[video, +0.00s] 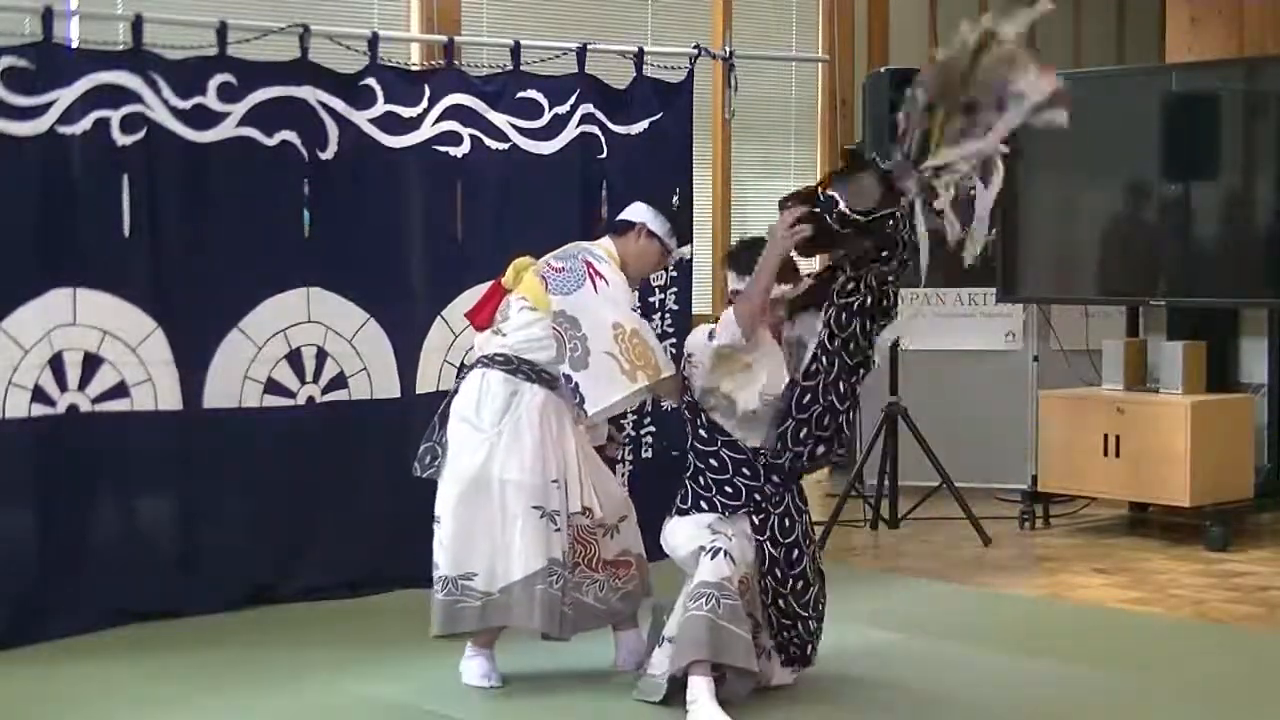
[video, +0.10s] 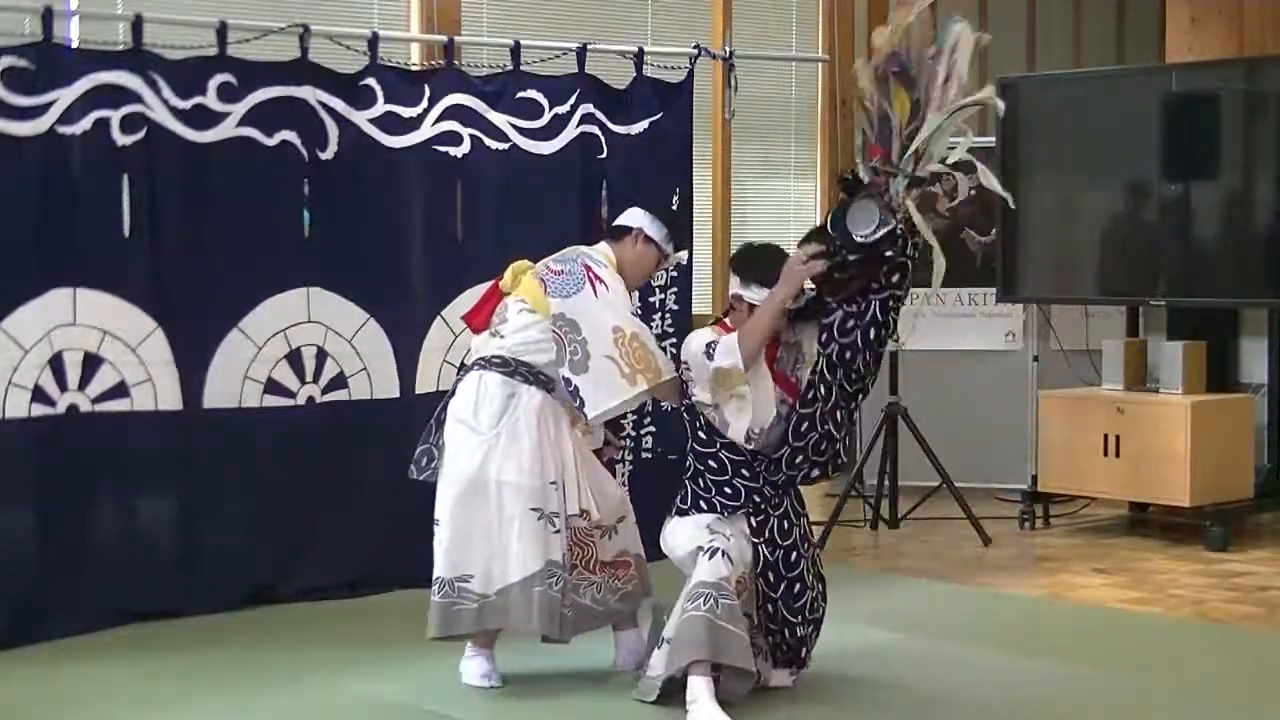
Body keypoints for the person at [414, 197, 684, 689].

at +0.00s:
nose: (659, 270)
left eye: (665, 262)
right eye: (661, 256)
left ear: (635, 235)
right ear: (639, 234)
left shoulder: (576, 261)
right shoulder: (598, 272)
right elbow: (631, 345)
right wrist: (672, 385)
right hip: (509, 395)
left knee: (609, 509)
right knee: (498, 522)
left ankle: (630, 642)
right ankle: (480, 650)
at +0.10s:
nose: (656, 273)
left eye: (661, 265)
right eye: (657, 259)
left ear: (629, 242)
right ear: (634, 239)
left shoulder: (570, 267)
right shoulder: (595, 275)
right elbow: (637, 357)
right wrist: (678, 391)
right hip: (508, 399)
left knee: (609, 508)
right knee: (494, 522)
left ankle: (630, 642)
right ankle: (480, 649)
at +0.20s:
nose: (652, 277)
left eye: (657, 269)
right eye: (654, 265)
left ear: (620, 246)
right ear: (632, 247)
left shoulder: (569, 271)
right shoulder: (593, 279)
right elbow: (638, 355)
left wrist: (588, 419)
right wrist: (676, 389)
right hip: (502, 401)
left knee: (606, 507)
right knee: (491, 523)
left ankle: (630, 641)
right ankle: (480, 648)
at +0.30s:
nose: (651, 285)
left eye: (656, 277)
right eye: (652, 273)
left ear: (621, 252)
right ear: (631, 253)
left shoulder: (566, 276)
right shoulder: (592, 283)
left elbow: (546, 377)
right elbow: (651, 363)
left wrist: (586, 436)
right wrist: (703, 400)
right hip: (499, 403)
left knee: (604, 510)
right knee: (488, 525)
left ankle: (628, 642)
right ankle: (479, 650)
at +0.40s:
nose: (646, 290)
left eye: (651, 283)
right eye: (648, 277)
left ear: (621, 255)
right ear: (629, 256)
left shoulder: (559, 273)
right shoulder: (593, 283)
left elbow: (547, 380)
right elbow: (643, 341)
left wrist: (579, 433)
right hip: (501, 406)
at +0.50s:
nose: (644, 290)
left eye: (649, 282)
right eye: (646, 276)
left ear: (619, 255)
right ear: (627, 255)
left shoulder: (559, 274)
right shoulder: (594, 280)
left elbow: (543, 384)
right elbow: (656, 349)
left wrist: (581, 443)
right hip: (492, 403)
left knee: (593, 512)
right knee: (487, 526)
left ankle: (627, 643)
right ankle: (478, 653)